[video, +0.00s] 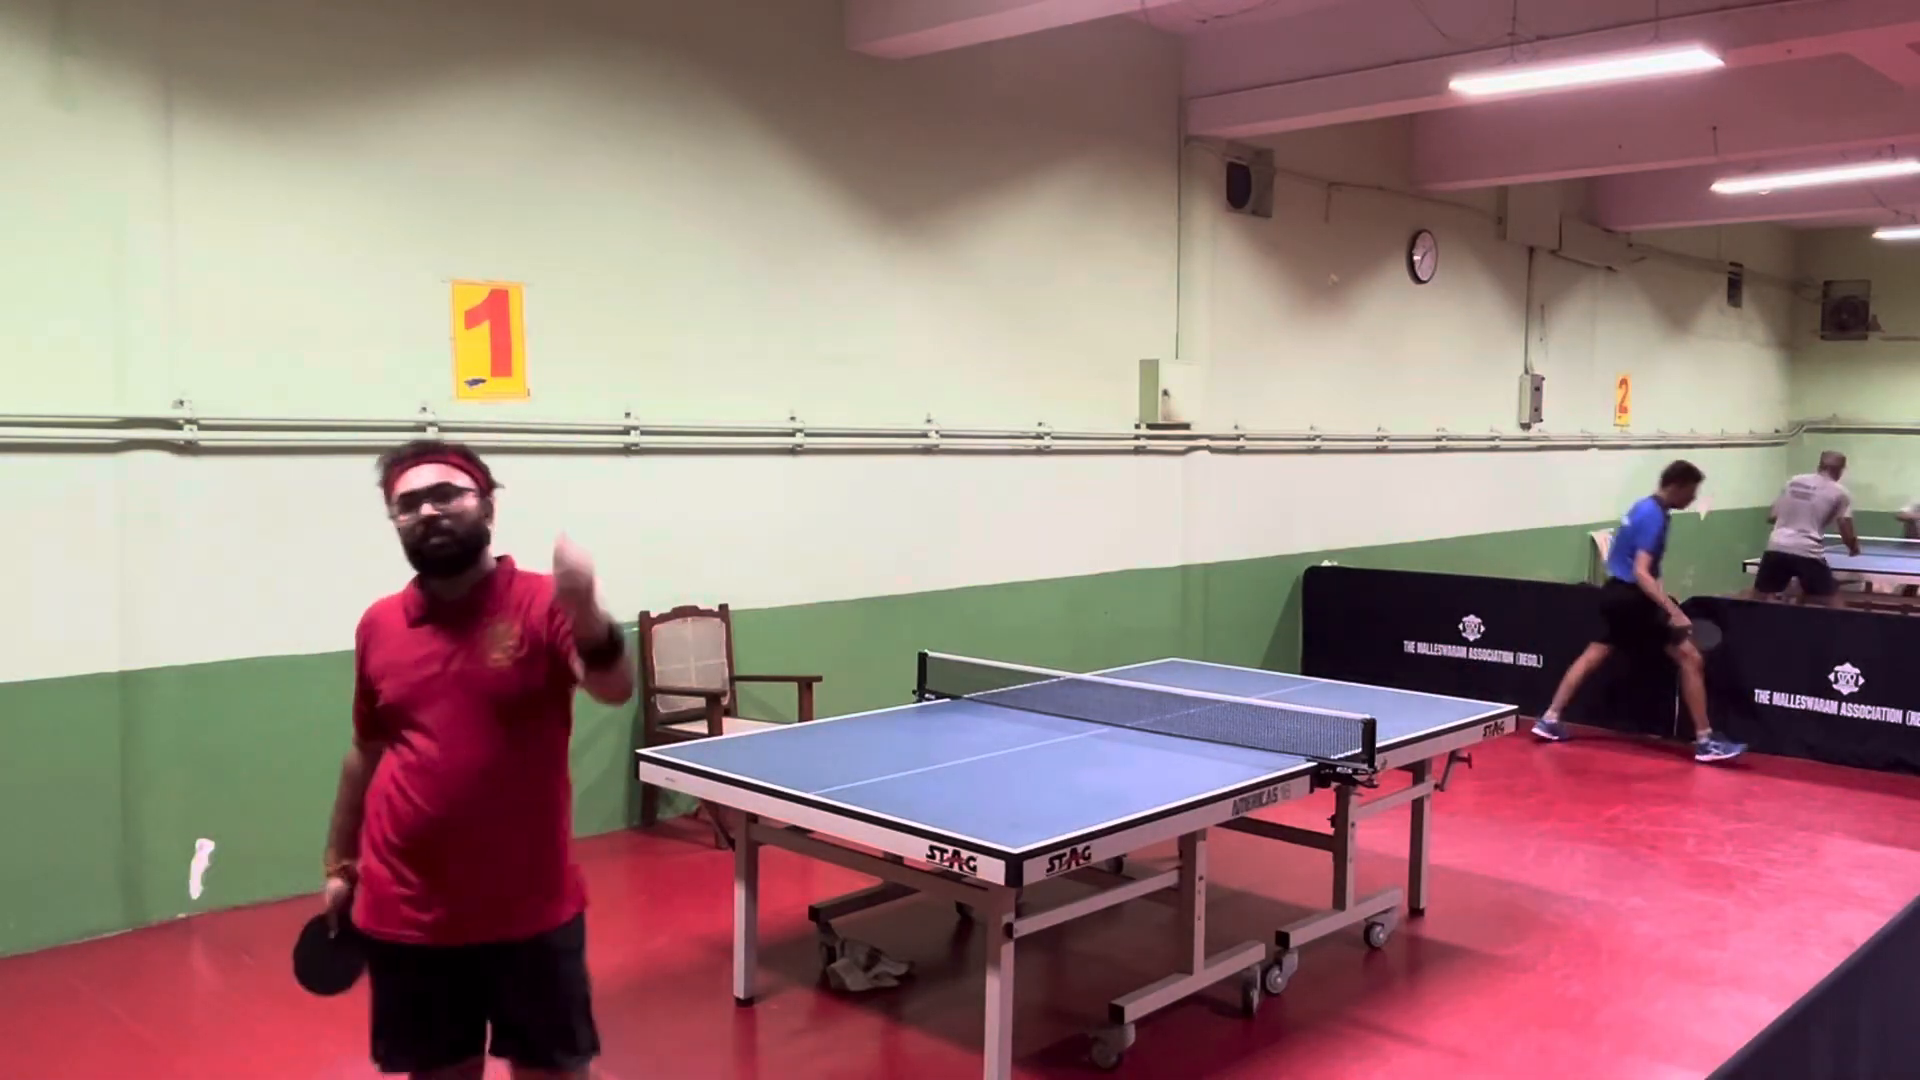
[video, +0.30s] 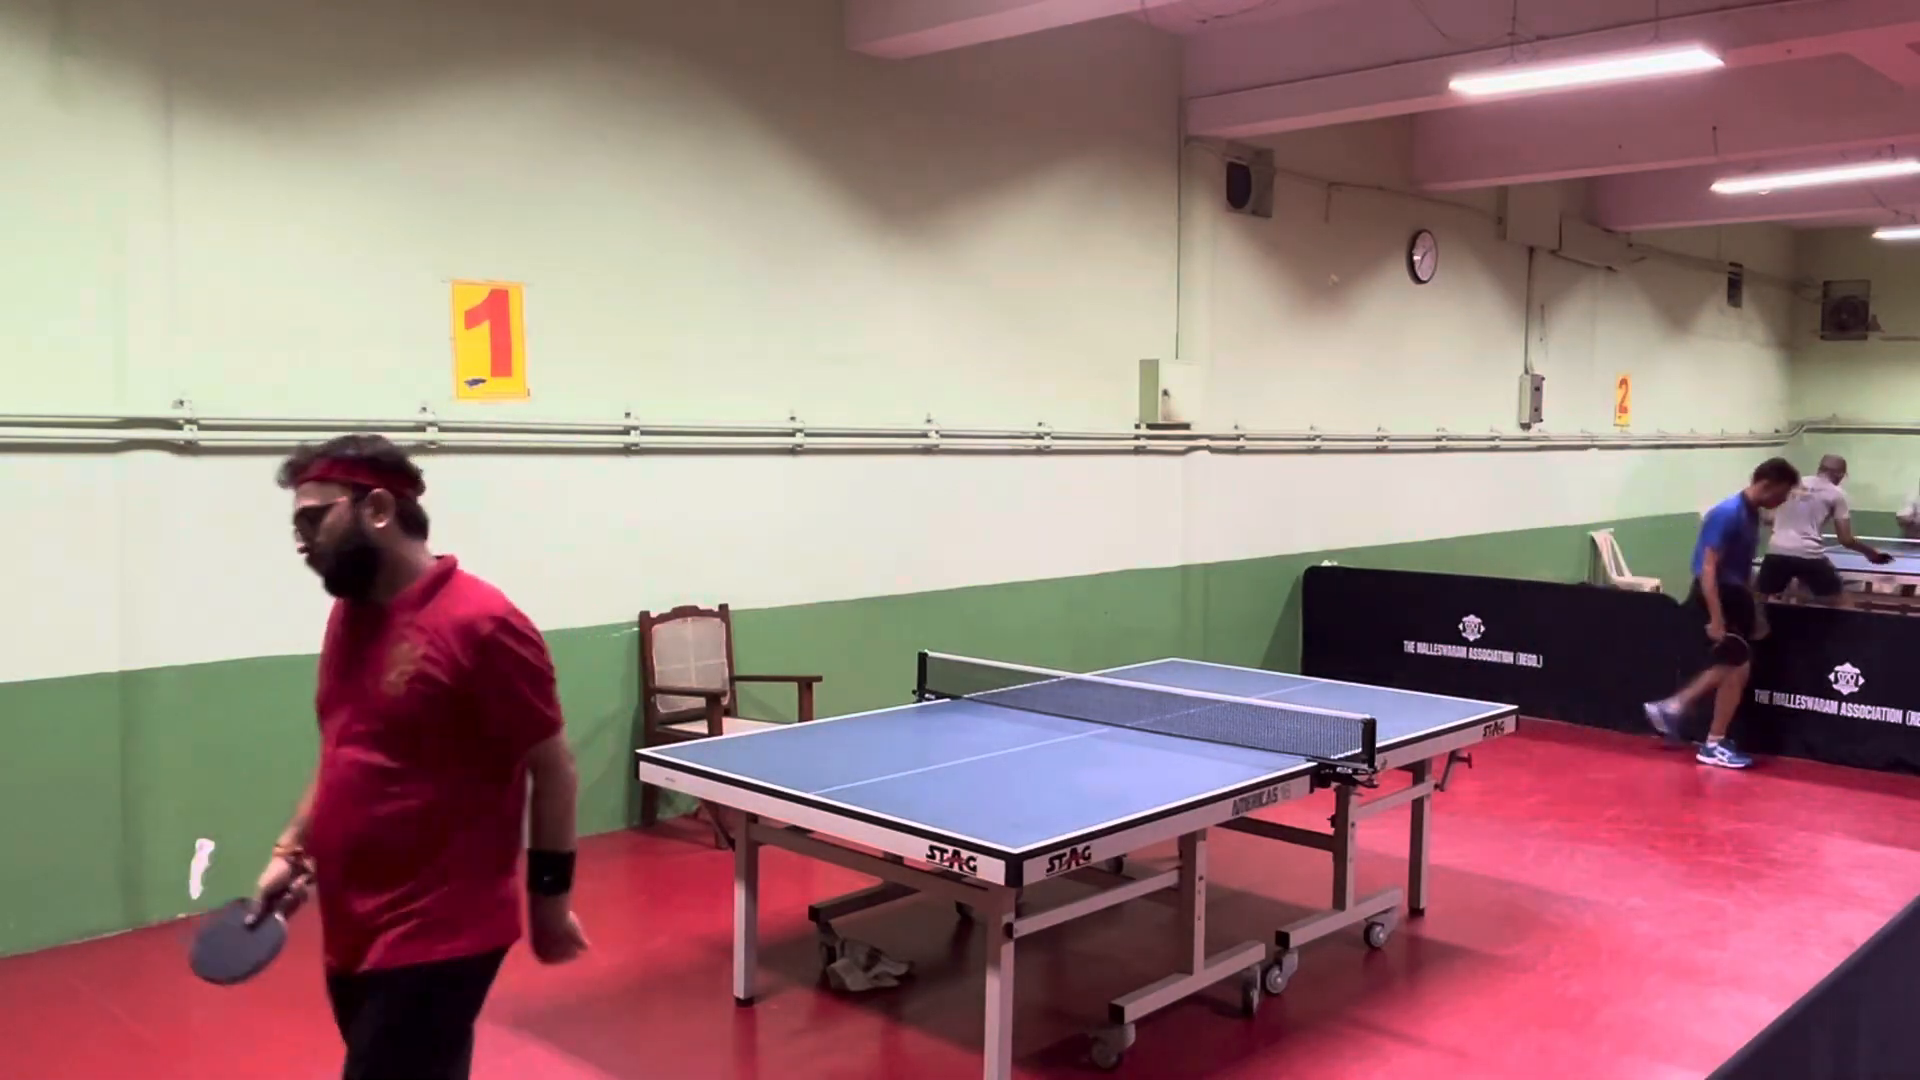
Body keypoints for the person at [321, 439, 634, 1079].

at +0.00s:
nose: (430, 511)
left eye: (448, 494)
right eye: (410, 502)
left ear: (489, 505)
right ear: (394, 526)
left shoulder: (543, 600)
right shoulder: (381, 625)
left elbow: (615, 687)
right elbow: (366, 749)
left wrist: (591, 626)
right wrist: (341, 866)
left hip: (530, 901)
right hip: (410, 911)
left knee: (554, 1068)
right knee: (439, 1070)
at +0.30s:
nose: (300, 537)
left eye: (315, 514)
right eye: (297, 522)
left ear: (379, 510)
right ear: (374, 514)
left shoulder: (483, 623)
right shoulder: (349, 617)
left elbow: (553, 766)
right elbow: (346, 757)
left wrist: (550, 901)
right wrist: (295, 850)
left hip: (441, 934)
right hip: (354, 927)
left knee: (379, 1072)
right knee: (400, 1069)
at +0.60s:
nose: (205, 586)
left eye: (214, 560)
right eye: (197, 566)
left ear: (281, 542)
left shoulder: (386, 640)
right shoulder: (274, 643)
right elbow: (284, 799)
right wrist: (225, 913)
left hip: (328, 996)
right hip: (243, 980)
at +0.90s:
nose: (95, 583)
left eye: (102, 556)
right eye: (88, 561)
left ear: (162, 540)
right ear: (169, 539)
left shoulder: (210, 635)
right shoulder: (291, 622)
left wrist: (68, 668)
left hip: (217, 991)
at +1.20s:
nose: (74, 546)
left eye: (73, 530)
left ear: (85, 534)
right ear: (182, 528)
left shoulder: (63, 639)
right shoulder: (264, 632)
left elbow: (2, 765)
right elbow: (313, 763)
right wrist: (319, 881)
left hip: (97, 975)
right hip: (231, 958)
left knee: (39, 1066)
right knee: (185, 1069)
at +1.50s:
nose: (226, 514)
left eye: (224, 501)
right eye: (222, 502)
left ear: (119, 516)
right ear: (190, 517)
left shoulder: (31, 618)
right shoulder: (252, 617)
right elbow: (300, 751)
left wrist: (10, 815)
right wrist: (290, 818)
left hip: (61, 913)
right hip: (188, 922)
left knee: (79, 1021)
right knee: (168, 1067)